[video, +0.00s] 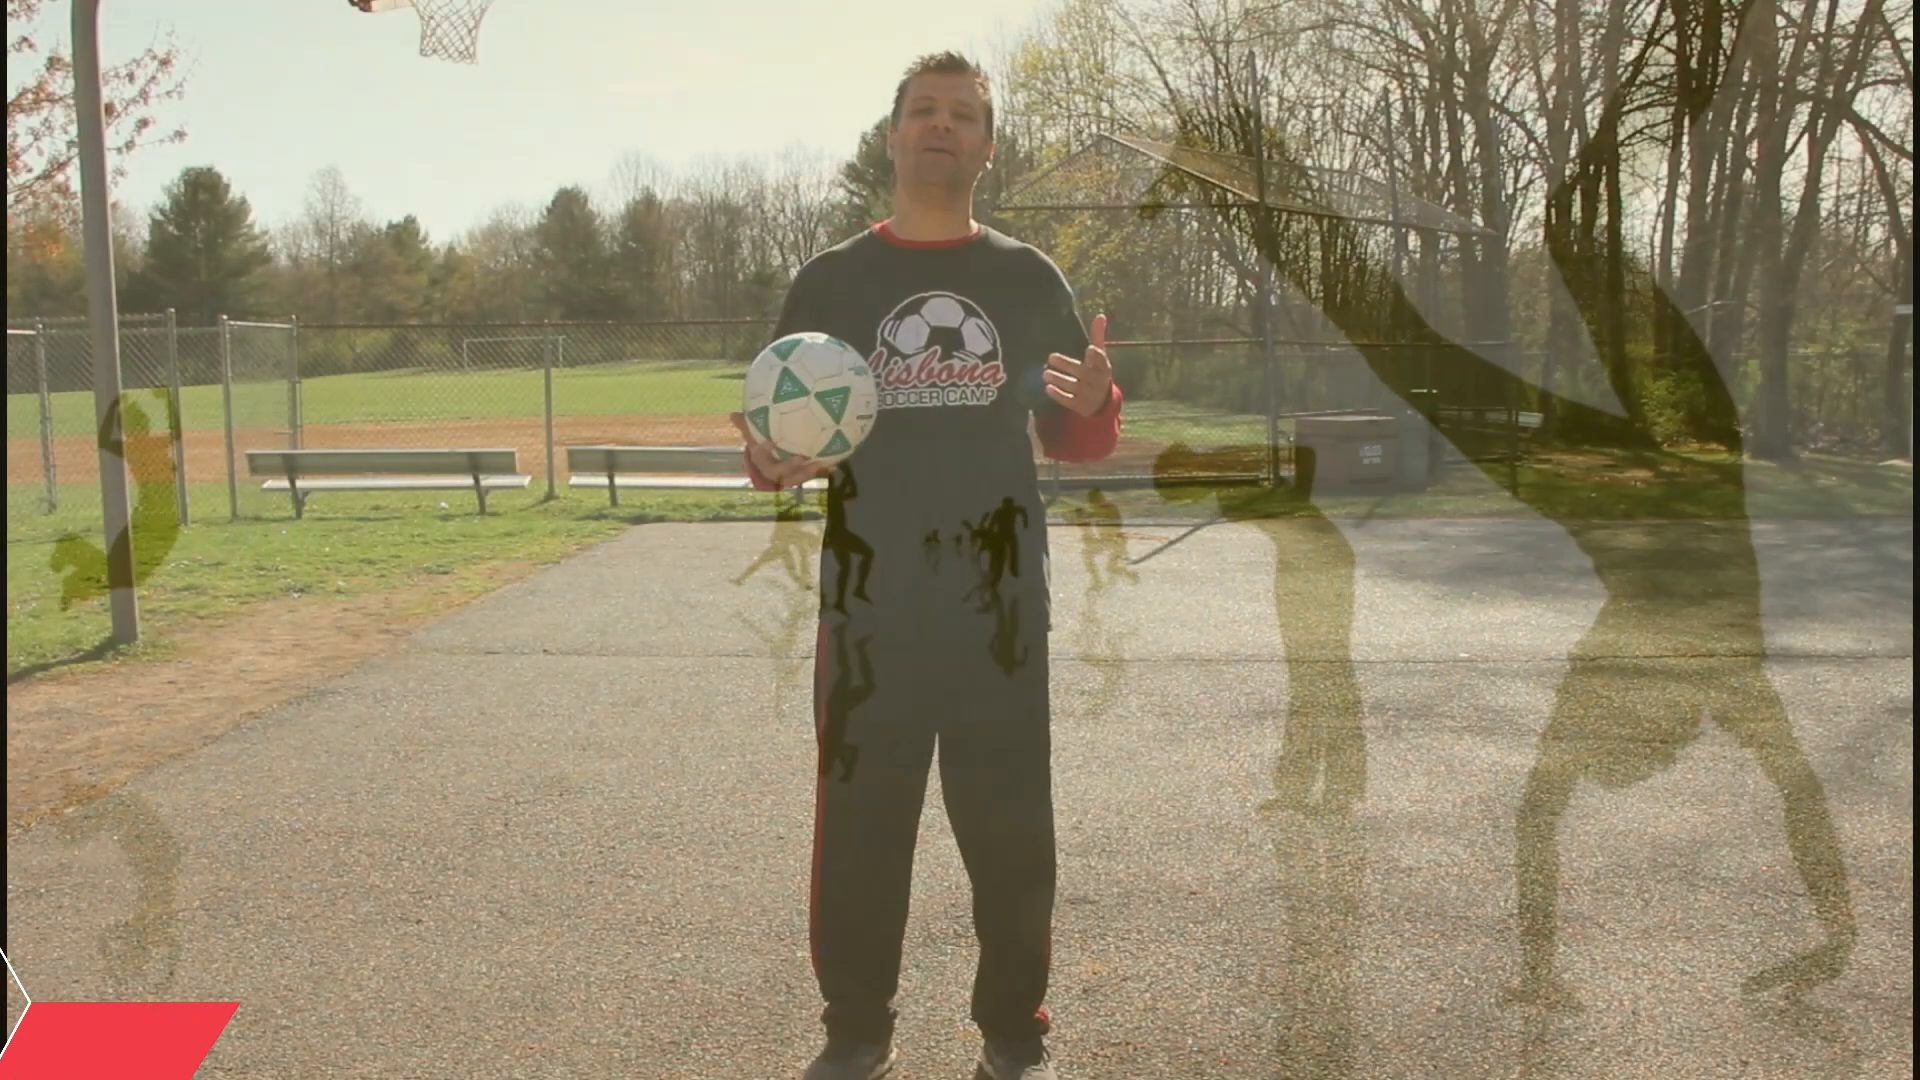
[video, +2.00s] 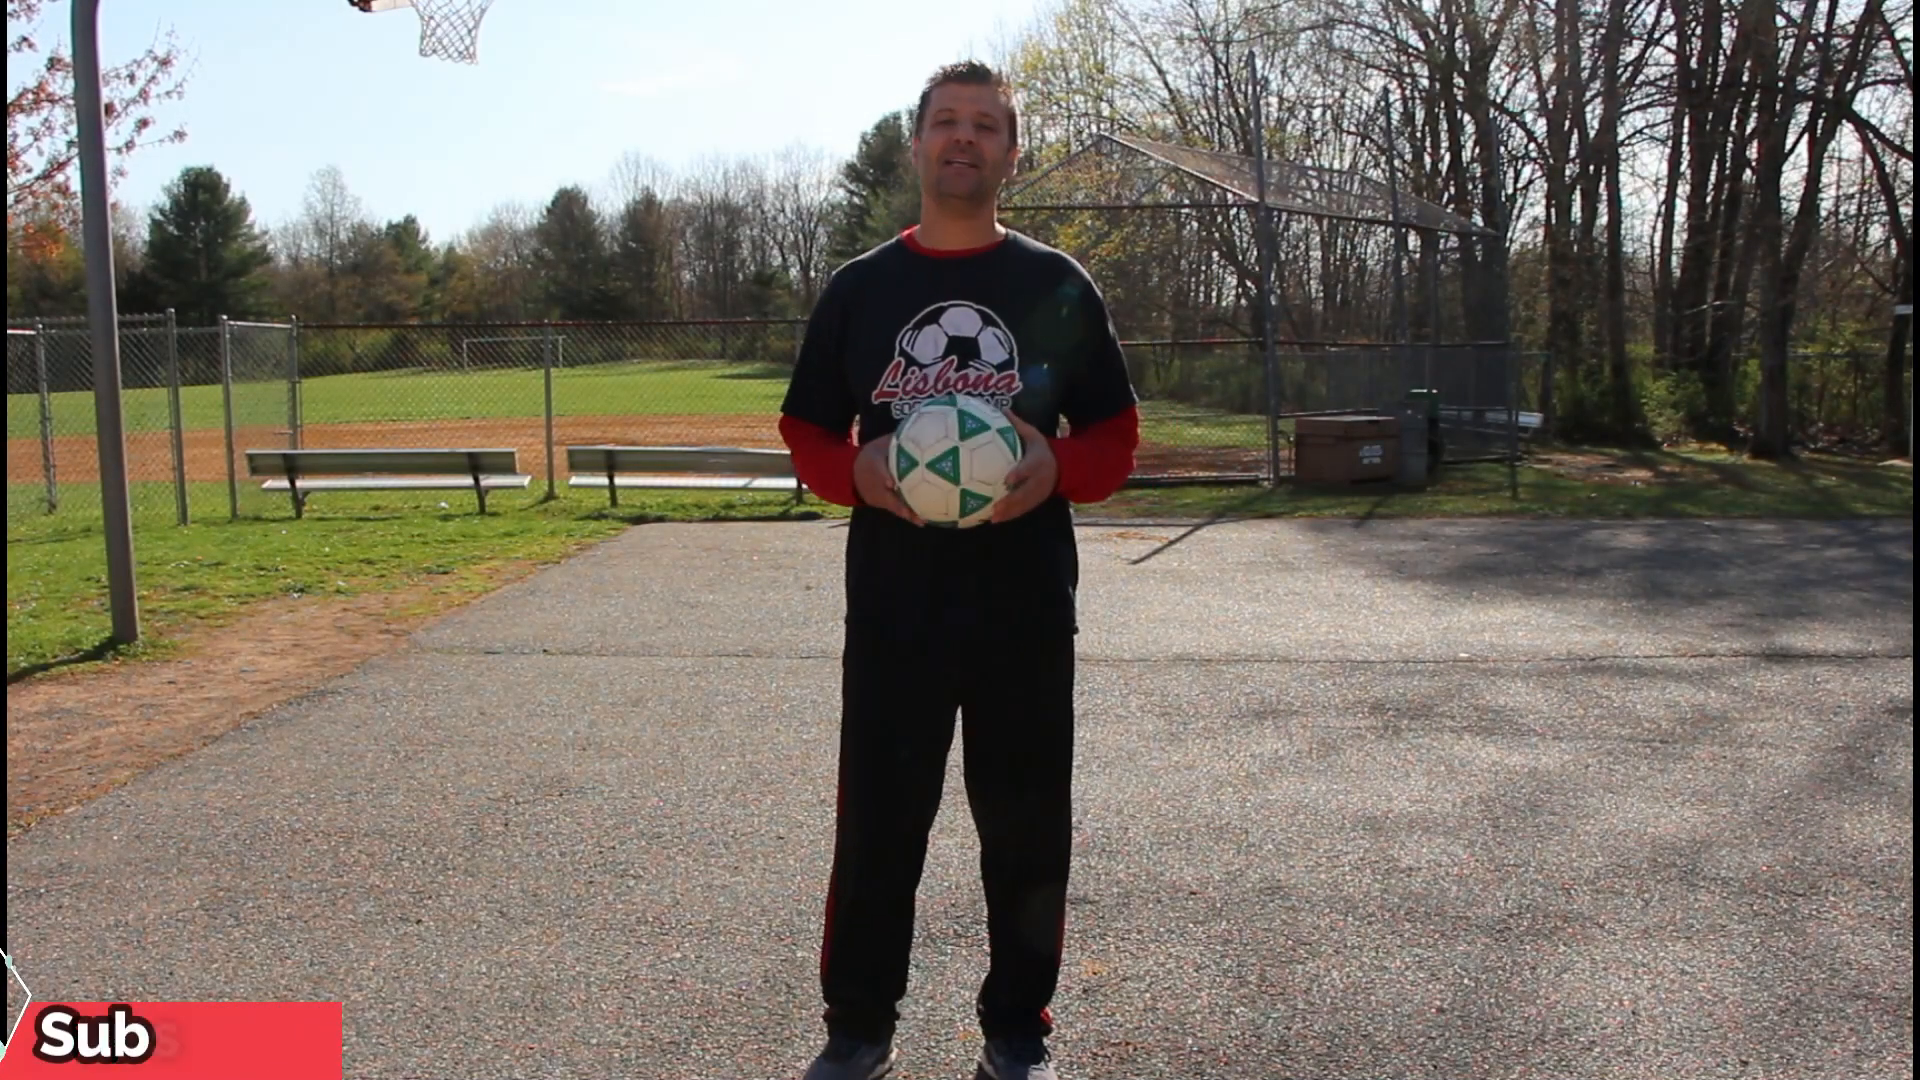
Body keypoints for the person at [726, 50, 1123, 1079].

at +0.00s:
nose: (941, 128)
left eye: (964, 115)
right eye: (923, 111)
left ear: (989, 147)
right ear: (891, 137)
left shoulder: (1029, 277)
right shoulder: (828, 282)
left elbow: (1072, 444)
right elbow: (787, 432)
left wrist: (1094, 410)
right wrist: (772, 461)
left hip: (999, 577)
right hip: (871, 576)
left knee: (1009, 812)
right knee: (860, 809)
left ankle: (1014, 1033)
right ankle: (853, 1030)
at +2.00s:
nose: (965, 140)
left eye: (987, 127)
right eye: (946, 124)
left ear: (1013, 153)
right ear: (915, 145)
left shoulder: (1059, 285)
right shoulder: (856, 289)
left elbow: (1118, 430)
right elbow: (806, 425)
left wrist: (1060, 466)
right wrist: (853, 471)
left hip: (1024, 596)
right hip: (895, 594)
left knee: (1028, 819)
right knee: (878, 815)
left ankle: (1019, 1032)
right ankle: (857, 1027)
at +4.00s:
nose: (901, 137)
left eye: (926, 126)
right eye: (887, 119)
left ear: (957, 155)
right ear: (861, 139)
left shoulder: (998, 279)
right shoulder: (796, 285)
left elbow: (1060, 430)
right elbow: (736, 419)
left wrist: (1019, 422)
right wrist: (768, 450)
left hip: (965, 594)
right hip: (837, 597)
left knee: (988, 817)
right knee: (842, 820)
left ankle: (1014, 1032)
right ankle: (854, 1027)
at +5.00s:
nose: (976, 146)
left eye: (998, 131)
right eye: (957, 129)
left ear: (1024, 154)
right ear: (926, 147)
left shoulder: (1068, 290)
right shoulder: (864, 289)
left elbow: (1125, 431)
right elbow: (807, 428)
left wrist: (1064, 468)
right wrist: (859, 462)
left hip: (1028, 601)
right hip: (898, 597)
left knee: (1028, 821)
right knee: (881, 816)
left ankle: (1017, 1033)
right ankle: (857, 1027)